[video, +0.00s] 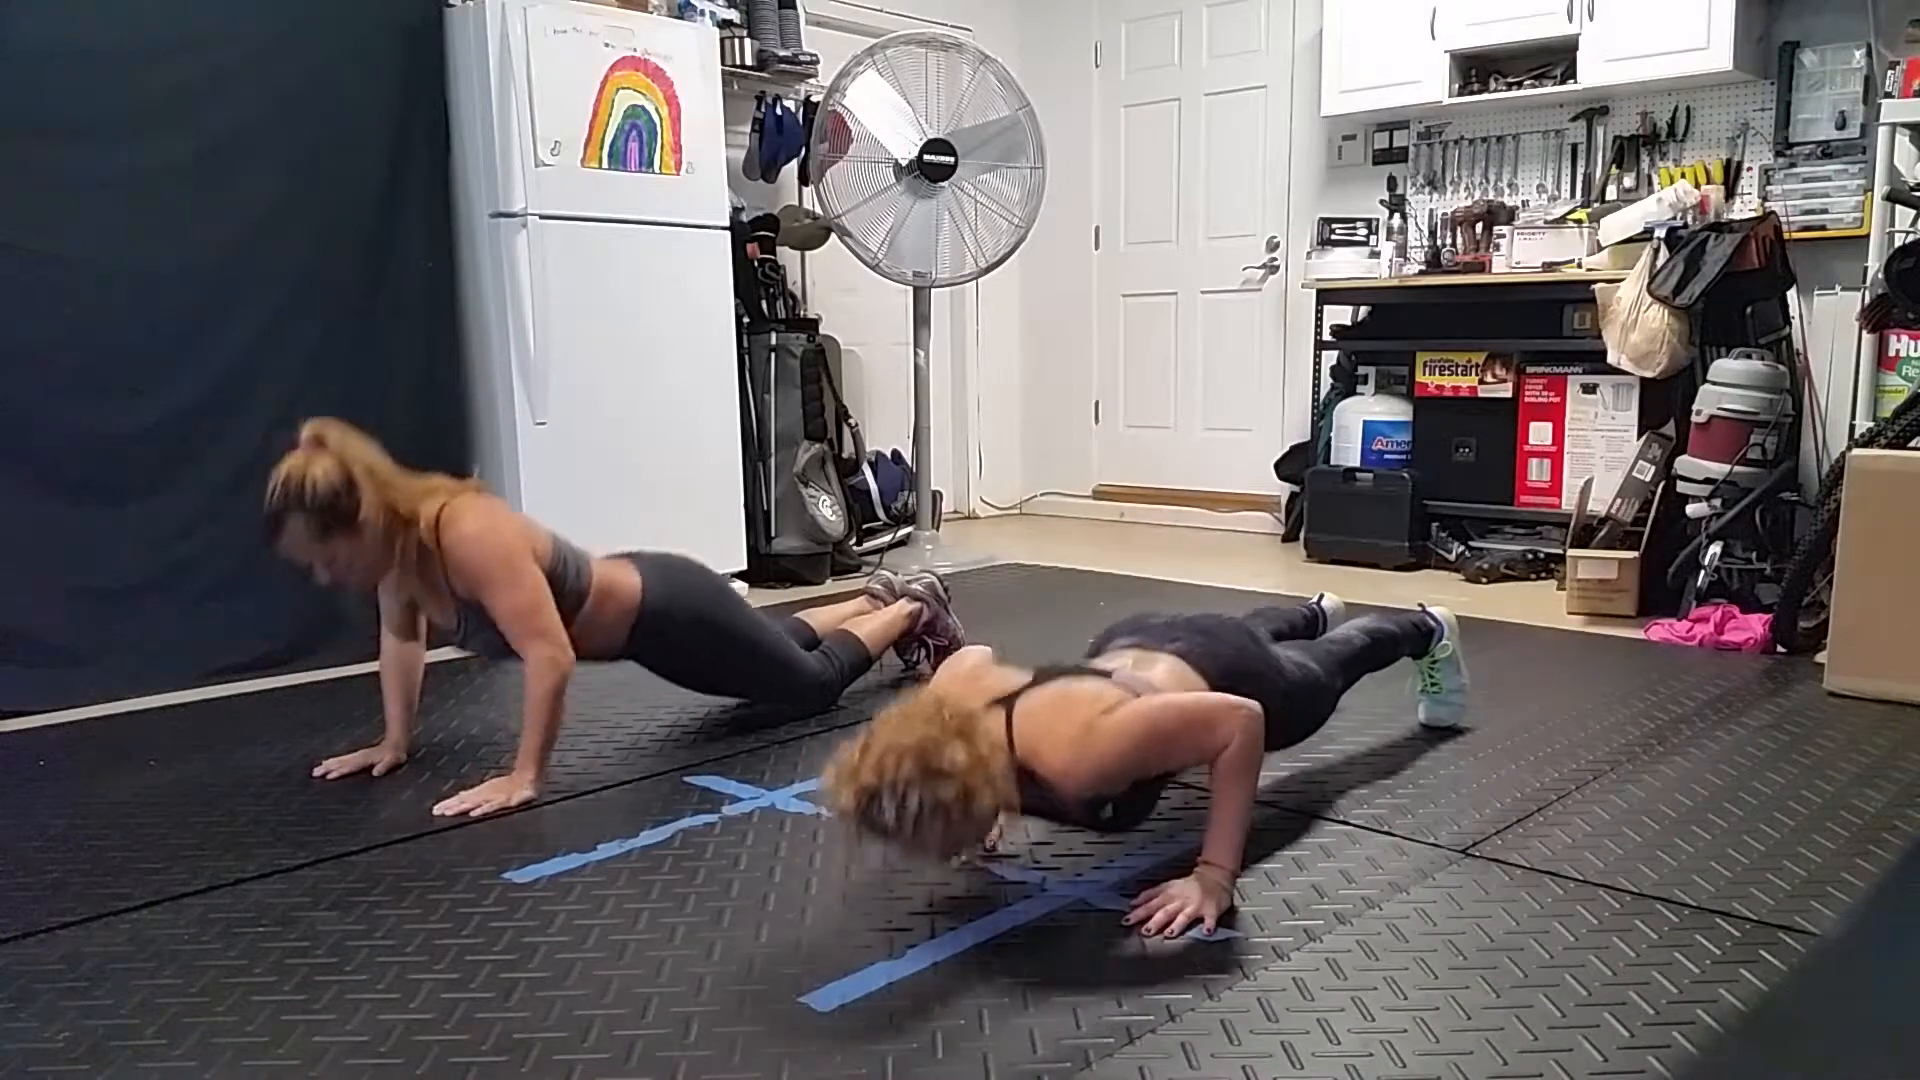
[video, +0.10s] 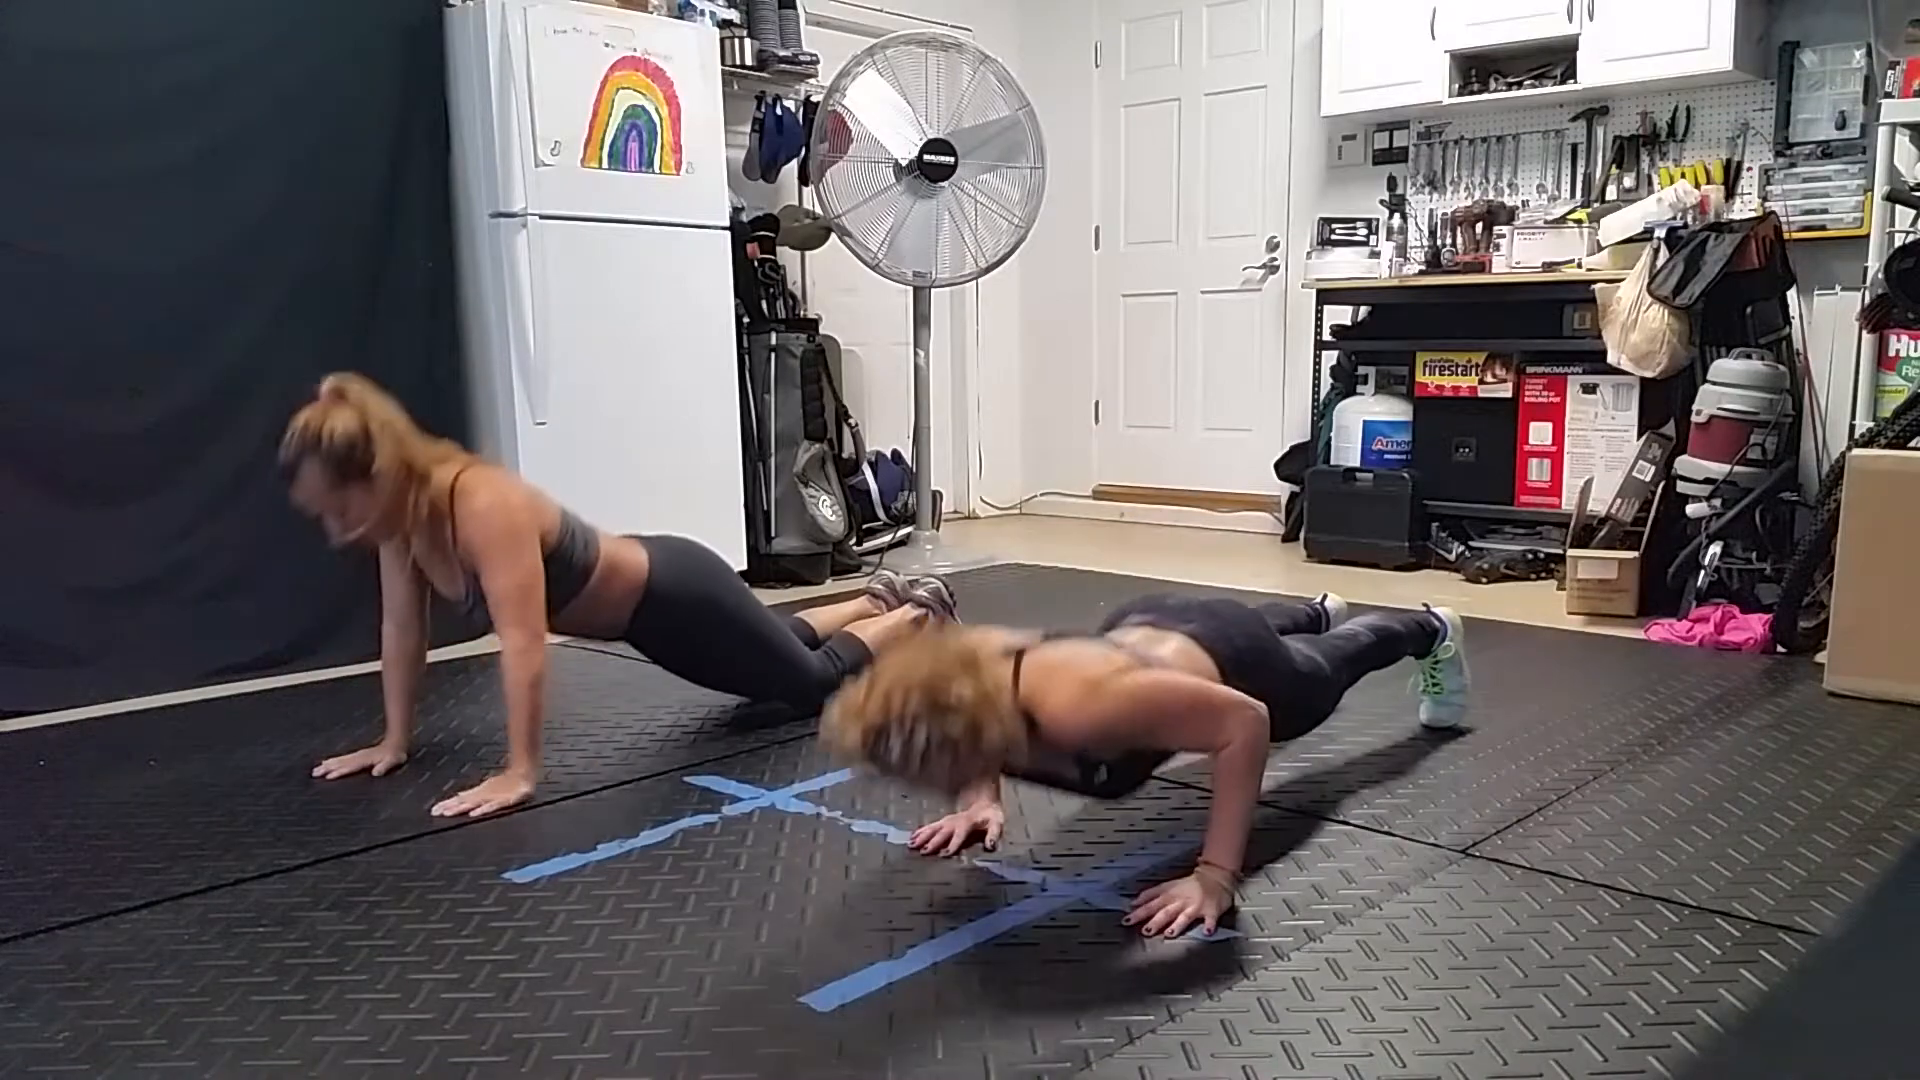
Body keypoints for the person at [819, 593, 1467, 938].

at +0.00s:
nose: (926, 852)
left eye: (928, 840)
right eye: (913, 842)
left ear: (956, 808)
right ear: (908, 737)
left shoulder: (1090, 751)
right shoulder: (944, 708)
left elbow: (1240, 724)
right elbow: (976, 657)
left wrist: (1214, 875)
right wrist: (988, 801)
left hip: (1226, 668)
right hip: (1132, 644)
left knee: (1332, 654)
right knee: (1237, 623)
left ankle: (1416, 626)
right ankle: (1312, 607)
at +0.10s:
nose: (932, 781)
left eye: (931, 771)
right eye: (916, 775)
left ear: (954, 743)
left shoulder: (1079, 706)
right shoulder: (958, 664)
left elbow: (1245, 725)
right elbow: (965, 714)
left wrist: (1215, 875)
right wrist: (978, 795)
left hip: (1230, 658)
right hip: (1141, 621)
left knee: (1337, 649)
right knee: (1251, 616)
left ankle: (1425, 626)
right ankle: (1321, 607)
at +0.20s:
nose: (936, 721)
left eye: (935, 705)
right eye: (922, 711)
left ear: (965, 678)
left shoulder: (1087, 657)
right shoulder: (968, 627)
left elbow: (1244, 722)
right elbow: (983, 695)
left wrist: (1215, 874)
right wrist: (982, 796)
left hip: (1238, 649)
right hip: (1159, 612)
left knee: (1346, 649)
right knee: (1256, 614)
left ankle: (1433, 626)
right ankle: (1321, 608)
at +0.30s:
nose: (962, 669)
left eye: (964, 651)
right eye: (950, 657)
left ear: (997, 613)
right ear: (971, 616)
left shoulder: (1107, 611)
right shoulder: (985, 614)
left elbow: (1246, 718)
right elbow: (988, 691)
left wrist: (1214, 872)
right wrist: (984, 797)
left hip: (1246, 634)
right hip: (1177, 620)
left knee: (1338, 692)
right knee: (1260, 614)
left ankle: (1435, 629)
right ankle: (1316, 607)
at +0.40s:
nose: (1003, 634)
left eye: (1018, 617)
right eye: (987, 618)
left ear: (1046, 577)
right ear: (975, 597)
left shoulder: (1143, 569)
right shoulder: (987, 589)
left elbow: (1252, 717)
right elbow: (993, 680)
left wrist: (1216, 871)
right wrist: (986, 799)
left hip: (1255, 641)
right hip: (1179, 654)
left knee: (1338, 714)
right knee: (1264, 625)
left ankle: (1439, 635)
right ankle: (1316, 610)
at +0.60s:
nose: (1100, 609)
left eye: (1102, 584)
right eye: (1076, 598)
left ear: (1122, 537)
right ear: (1041, 576)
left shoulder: (1194, 540)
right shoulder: (1034, 560)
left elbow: (1258, 721)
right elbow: (1010, 676)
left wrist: (1216, 873)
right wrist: (985, 802)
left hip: (1331, 580)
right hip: (1244, 596)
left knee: (1383, 662)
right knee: (1271, 648)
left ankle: (1460, 639)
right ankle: (1308, 663)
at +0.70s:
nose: (1081, 574)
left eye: (1088, 554)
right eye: (1067, 562)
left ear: (1124, 510)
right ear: (1051, 542)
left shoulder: (1220, 510)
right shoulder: (1075, 528)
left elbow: (1238, 719)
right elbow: (1047, 663)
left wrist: (1215, 869)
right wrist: (1005, 788)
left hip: (1369, 469)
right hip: (1292, 484)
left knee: (1433, 569)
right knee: (1352, 573)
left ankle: (1487, 639)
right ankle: (1378, 624)